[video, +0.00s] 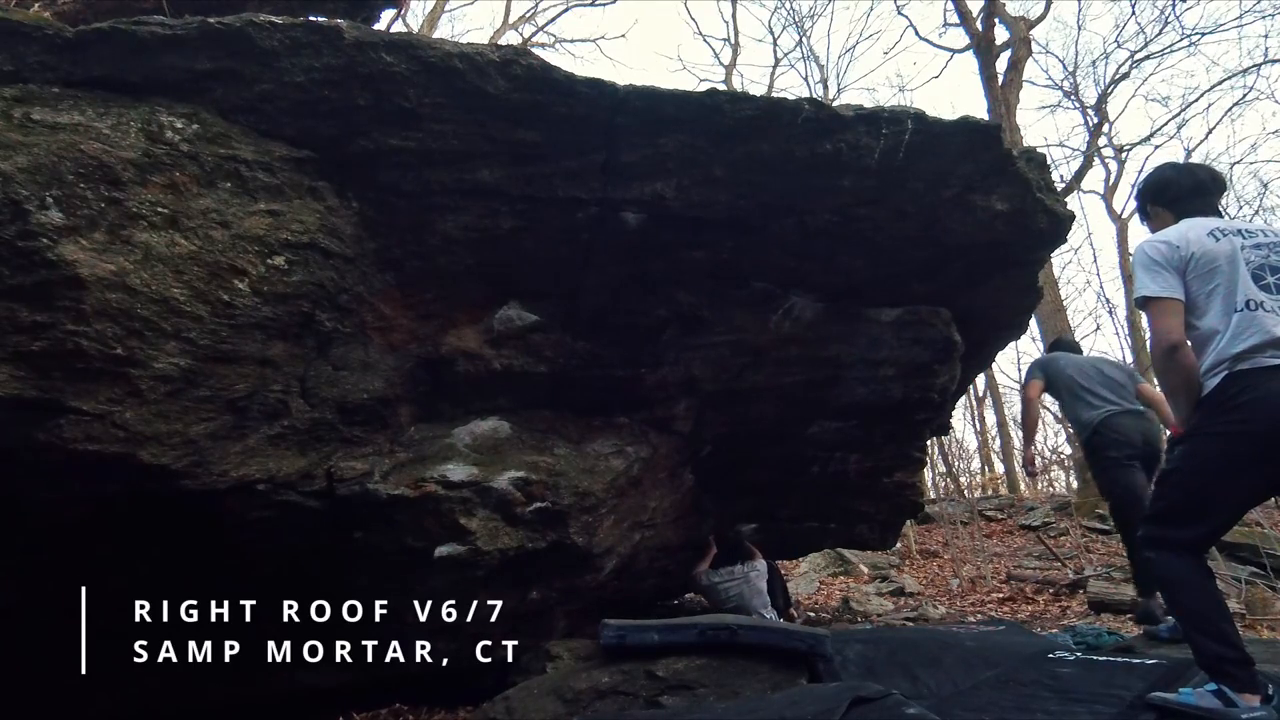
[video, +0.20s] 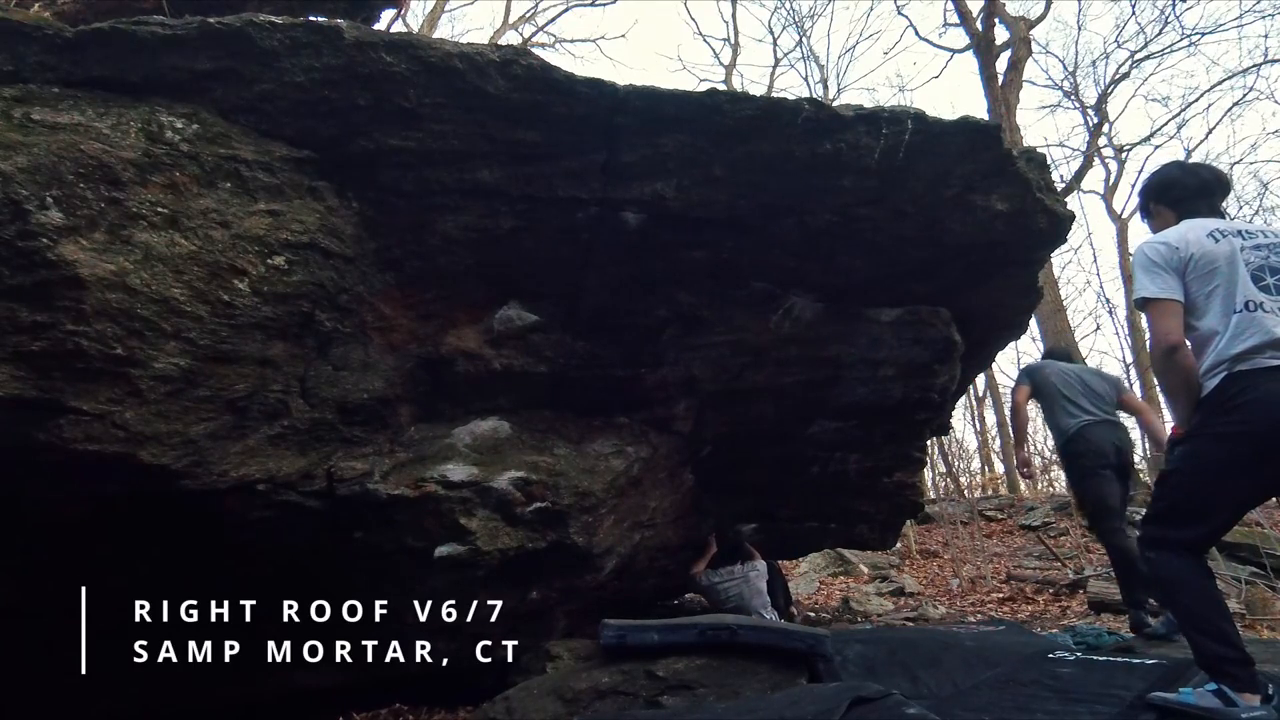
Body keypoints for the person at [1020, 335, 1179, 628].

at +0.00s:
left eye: (1046, 354)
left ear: (1051, 354)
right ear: (1078, 352)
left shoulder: (1046, 362)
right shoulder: (1112, 364)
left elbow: (1030, 398)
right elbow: (1153, 395)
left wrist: (1028, 448)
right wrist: (1176, 428)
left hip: (1108, 435)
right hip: (1148, 430)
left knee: (1137, 518)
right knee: (1135, 514)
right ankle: (1149, 597)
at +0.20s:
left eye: (1041, 359)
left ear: (1046, 360)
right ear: (1076, 359)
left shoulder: (1036, 369)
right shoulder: (1100, 376)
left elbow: (1018, 402)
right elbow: (1141, 408)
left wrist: (1021, 451)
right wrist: (1164, 448)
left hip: (1084, 445)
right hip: (1121, 442)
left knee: (1112, 529)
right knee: (1115, 526)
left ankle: (1167, 605)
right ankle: (1138, 610)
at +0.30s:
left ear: (1041, 365)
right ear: (1070, 366)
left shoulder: (1029, 373)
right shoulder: (1092, 380)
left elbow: (1013, 404)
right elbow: (1136, 419)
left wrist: (1016, 450)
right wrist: (1156, 462)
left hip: (1073, 449)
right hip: (1113, 447)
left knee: (1074, 529)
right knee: (1110, 528)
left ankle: (1143, 584)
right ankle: (1136, 607)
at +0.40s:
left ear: (1033, 372)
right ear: (1061, 372)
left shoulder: (1022, 378)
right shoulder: (1085, 384)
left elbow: (1005, 405)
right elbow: (1125, 423)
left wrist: (1009, 459)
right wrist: (1138, 474)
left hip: (1062, 451)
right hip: (1103, 448)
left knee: (1050, 531)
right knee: (1107, 532)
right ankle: (1139, 610)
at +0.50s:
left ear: (1023, 378)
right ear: (1051, 378)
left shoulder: (1011, 385)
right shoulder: (1080, 389)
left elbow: (997, 414)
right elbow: (1112, 428)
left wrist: (1003, 461)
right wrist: (1125, 476)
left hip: (1051, 457)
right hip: (1093, 452)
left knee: (1040, 535)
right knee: (1100, 533)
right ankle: (1137, 609)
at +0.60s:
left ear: (1014, 384)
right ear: (1042, 384)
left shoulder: (1000, 395)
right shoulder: (1067, 395)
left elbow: (981, 423)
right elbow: (1100, 434)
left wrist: (987, 467)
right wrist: (1111, 479)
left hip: (1036, 472)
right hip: (1076, 465)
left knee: (1028, 545)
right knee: (1093, 540)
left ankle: (1025, 622)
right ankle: (1134, 607)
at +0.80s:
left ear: (1000, 402)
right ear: (1026, 402)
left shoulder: (981, 412)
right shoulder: (1043, 413)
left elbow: (957, 446)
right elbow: (1074, 454)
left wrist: (962, 490)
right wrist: (1091, 495)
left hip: (1002, 486)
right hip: (1041, 481)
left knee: (1008, 560)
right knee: (1071, 543)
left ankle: (1025, 629)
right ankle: (1093, 606)